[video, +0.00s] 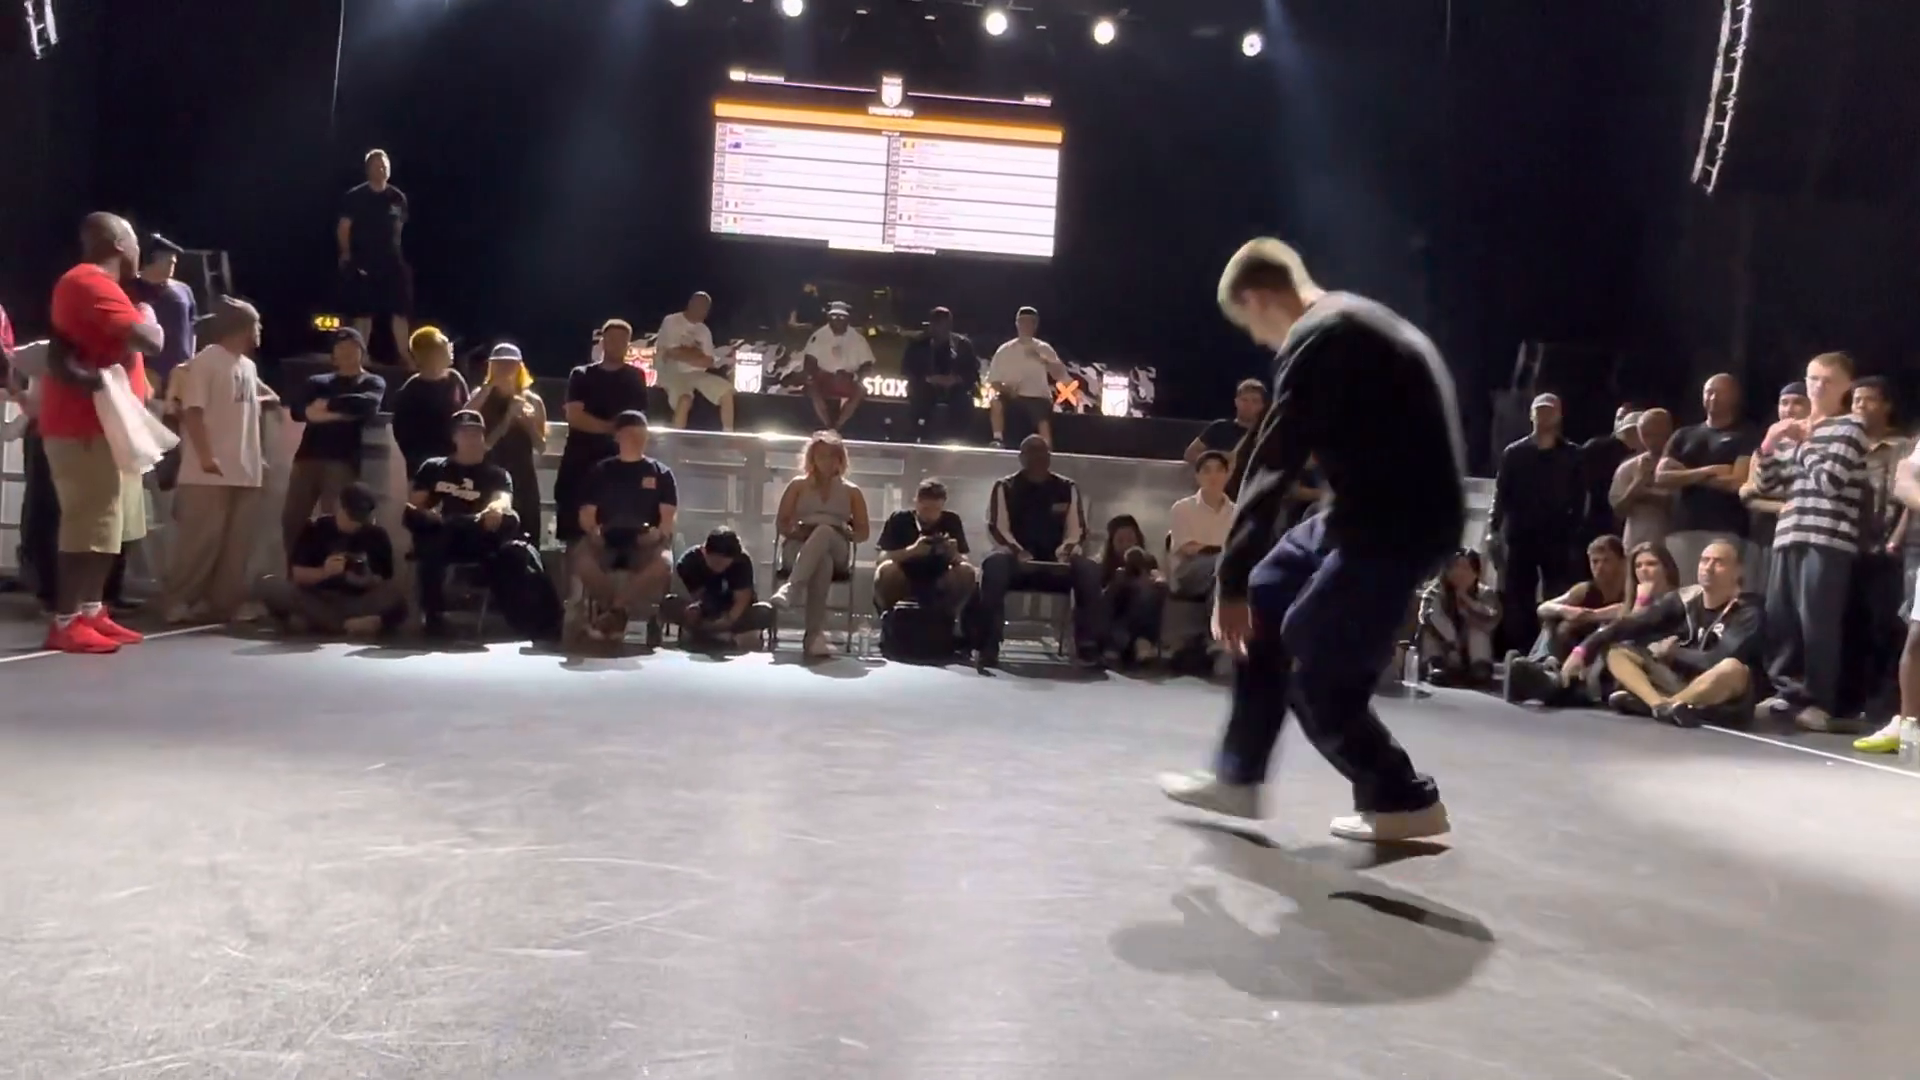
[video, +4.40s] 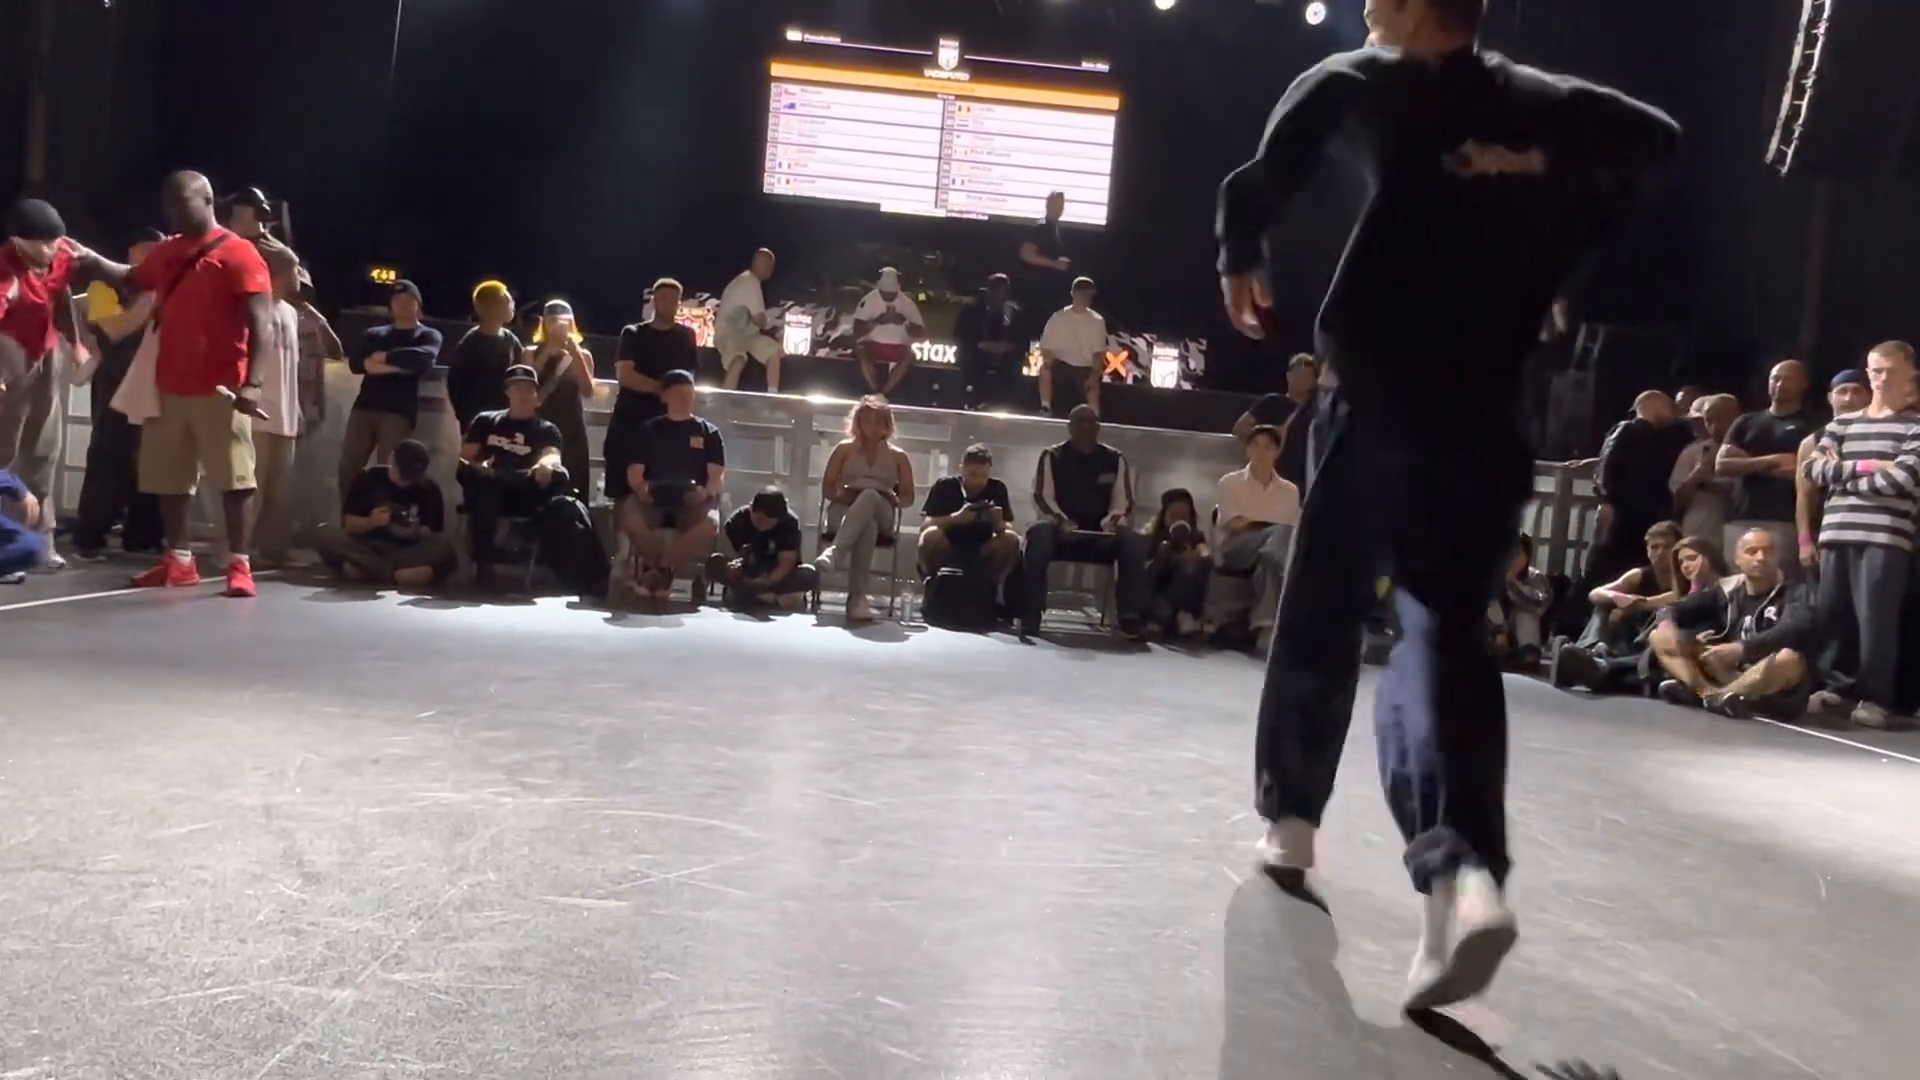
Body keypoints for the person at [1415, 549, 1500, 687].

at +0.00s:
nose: (1460, 573)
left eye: (1466, 569)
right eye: (1455, 567)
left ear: (1476, 574)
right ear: (1447, 571)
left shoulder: (1486, 594)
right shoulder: (1434, 593)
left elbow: (1490, 620)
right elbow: (1429, 617)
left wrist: (1466, 599)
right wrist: (1453, 641)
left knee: (1477, 623)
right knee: (1428, 628)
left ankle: (1480, 664)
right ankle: (1434, 664)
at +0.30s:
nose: (1472, 569)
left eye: (1479, 564)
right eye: (1468, 563)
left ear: (1489, 570)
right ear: (1461, 566)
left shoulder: (1499, 589)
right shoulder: (1449, 586)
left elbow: (1504, 614)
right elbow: (1442, 611)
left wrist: (1477, 593)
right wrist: (1465, 640)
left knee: (1490, 624)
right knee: (1444, 622)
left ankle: (1494, 662)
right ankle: (1447, 661)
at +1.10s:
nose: (1489, 567)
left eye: (1496, 563)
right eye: (1485, 561)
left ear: (1506, 568)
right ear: (1477, 564)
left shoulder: (1515, 587)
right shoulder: (1464, 584)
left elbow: (1521, 614)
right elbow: (1458, 609)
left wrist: (1493, 593)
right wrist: (1481, 638)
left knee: (1506, 623)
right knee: (1460, 619)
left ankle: (1510, 661)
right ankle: (1462, 660)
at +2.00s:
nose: (1503, 560)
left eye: (1510, 555)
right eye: (1499, 554)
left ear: (1520, 560)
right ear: (1492, 556)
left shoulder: (1528, 580)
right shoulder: (1478, 576)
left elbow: (1534, 606)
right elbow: (1470, 601)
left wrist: (1506, 585)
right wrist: (1494, 629)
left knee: (1519, 615)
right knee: (1472, 612)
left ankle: (1523, 654)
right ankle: (1475, 652)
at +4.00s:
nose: (1512, 556)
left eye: (1519, 552)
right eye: (1506, 550)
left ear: (1528, 557)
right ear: (1499, 553)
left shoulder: (1537, 576)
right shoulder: (1485, 573)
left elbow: (1540, 603)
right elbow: (1479, 597)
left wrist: (1513, 582)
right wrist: (1501, 628)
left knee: (1526, 609)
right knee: (1479, 608)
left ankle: (1530, 649)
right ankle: (1483, 646)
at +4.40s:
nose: (1511, 560)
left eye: (1516, 555)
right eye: (1509, 555)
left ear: (1527, 558)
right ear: (1502, 557)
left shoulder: (1536, 578)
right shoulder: (1494, 575)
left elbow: (1539, 605)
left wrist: (1511, 582)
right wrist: (1498, 632)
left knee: (1524, 614)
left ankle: (1529, 655)